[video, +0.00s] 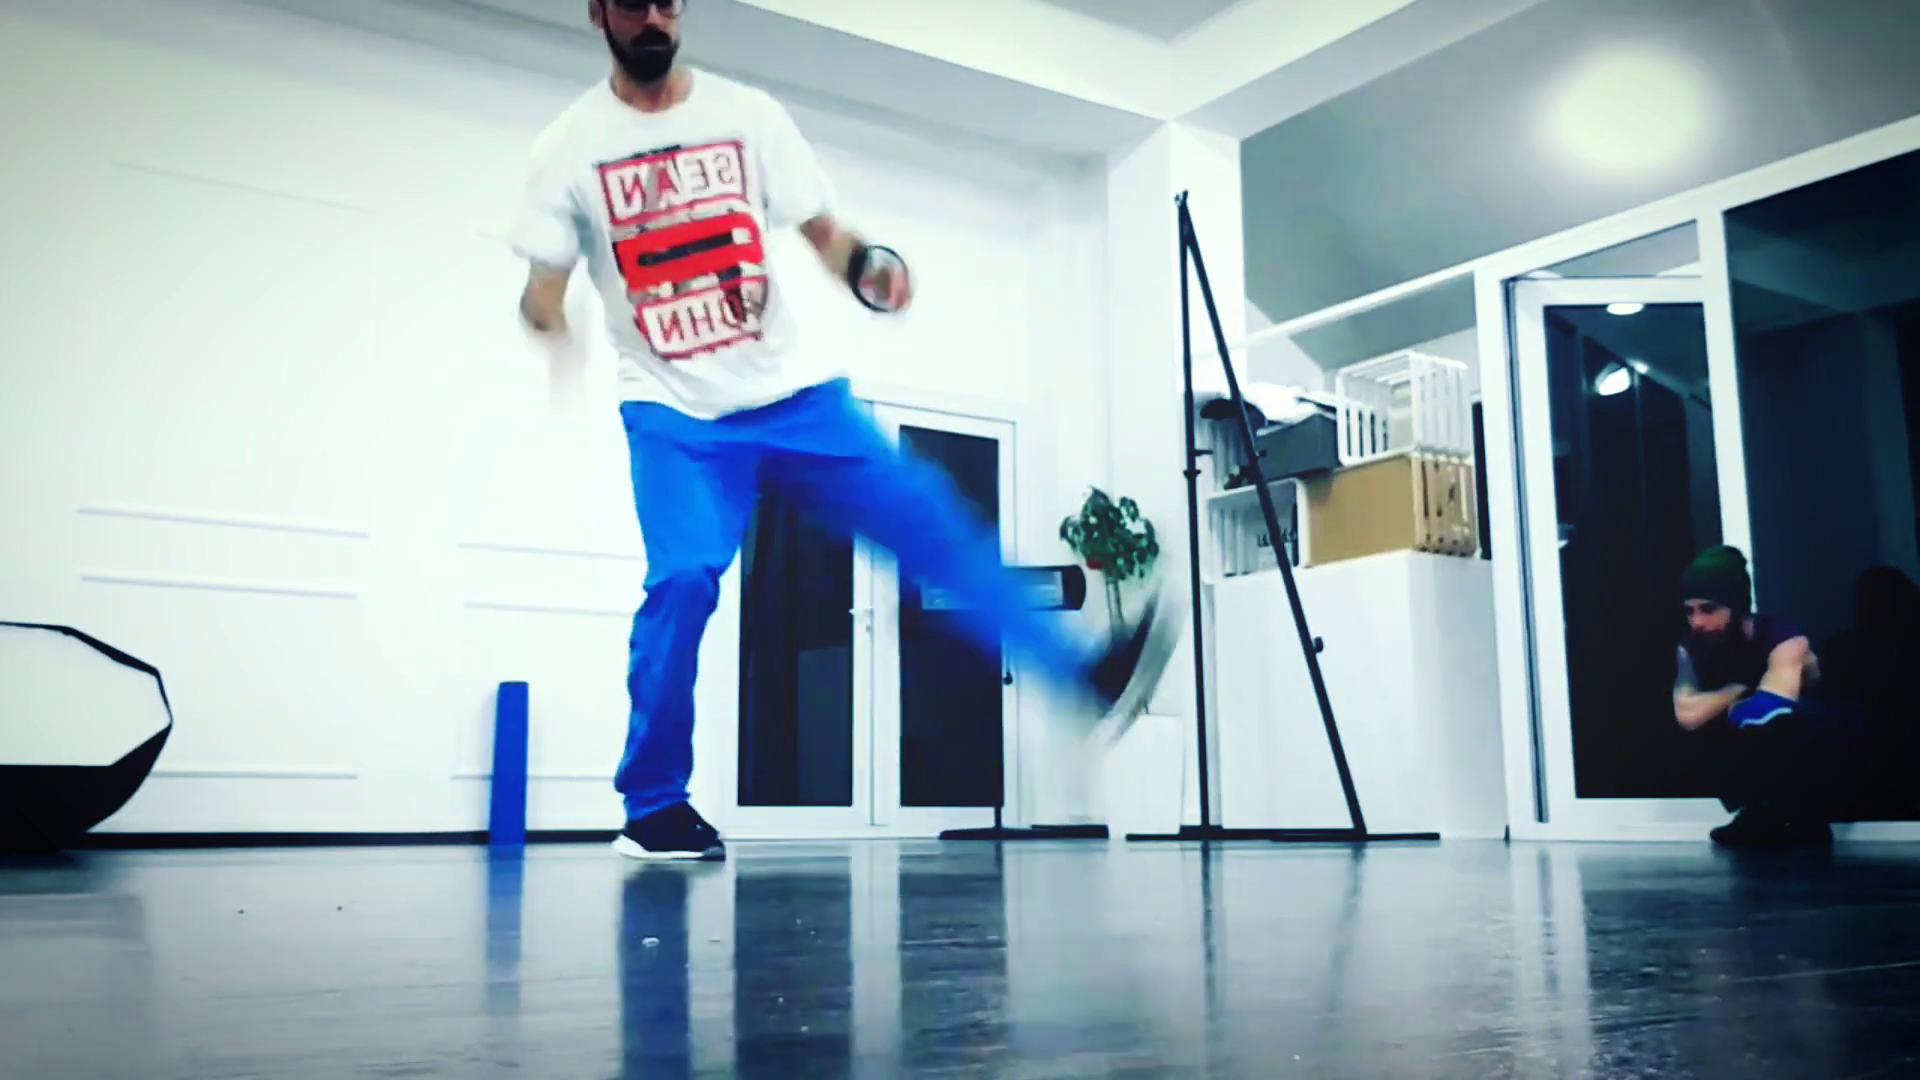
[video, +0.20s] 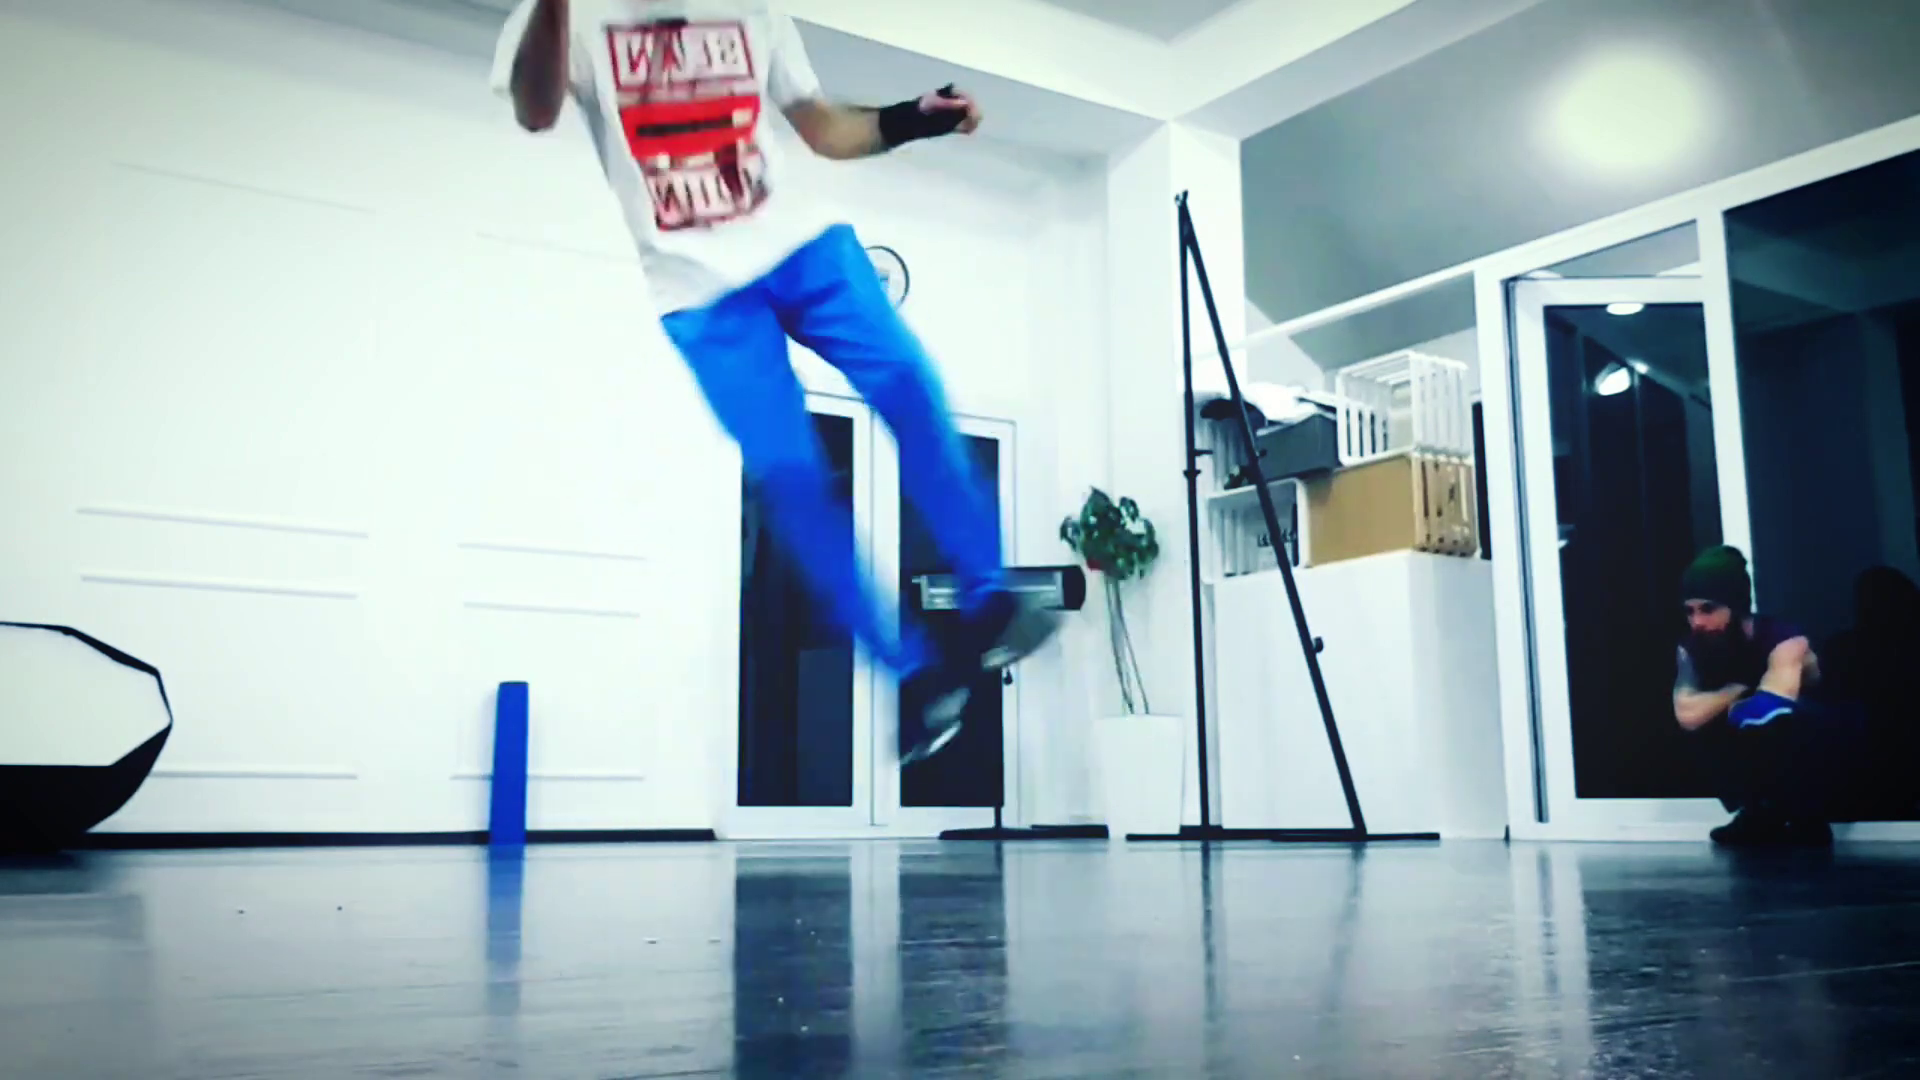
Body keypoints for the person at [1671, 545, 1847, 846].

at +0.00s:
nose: (1697, 623)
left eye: (1708, 610)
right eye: (1690, 612)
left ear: (1735, 605)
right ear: (1684, 610)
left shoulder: (1782, 639)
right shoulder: (1691, 651)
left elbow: (1776, 705)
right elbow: (1688, 714)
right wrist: (1738, 691)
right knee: (1706, 726)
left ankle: (1803, 820)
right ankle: (1756, 814)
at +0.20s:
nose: (1697, 622)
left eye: (1707, 610)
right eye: (1690, 612)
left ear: (1735, 606)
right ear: (1684, 611)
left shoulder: (1781, 640)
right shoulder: (1691, 651)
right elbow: (1687, 714)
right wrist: (1737, 690)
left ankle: (1804, 819)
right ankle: (1755, 813)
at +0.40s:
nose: (1697, 622)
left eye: (1708, 610)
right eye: (1691, 612)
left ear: (1736, 605)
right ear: (1685, 611)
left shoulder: (1783, 639)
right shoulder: (1691, 651)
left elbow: (1774, 706)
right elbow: (1688, 715)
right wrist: (1735, 692)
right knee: (1705, 726)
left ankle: (1802, 819)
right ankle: (1755, 813)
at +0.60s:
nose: (1697, 622)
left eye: (1708, 610)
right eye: (1691, 612)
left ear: (1736, 605)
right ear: (1685, 611)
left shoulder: (1782, 638)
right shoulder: (1691, 651)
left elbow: (1774, 704)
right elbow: (1688, 715)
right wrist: (1735, 691)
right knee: (1705, 725)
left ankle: (1802, 819)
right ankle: (1755, 814)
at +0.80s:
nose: (1697, 623)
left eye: (1708, 611)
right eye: (1691, 613)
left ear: (1736, 606)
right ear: (1684, 611)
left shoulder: (1782, 638)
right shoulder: (1690, 651)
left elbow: (1774, 705)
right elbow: (1688, 715)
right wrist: (1738, 689)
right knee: (1704, 726)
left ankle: (1803, 819)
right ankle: (1754, 815)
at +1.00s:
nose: (1697, 623)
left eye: (1708, 611)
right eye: (1690, 613)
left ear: (1736, 607)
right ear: (1684, 612)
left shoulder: (1778, 637)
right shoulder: (1690, 652)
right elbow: (1688, 715)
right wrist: (1738, 690)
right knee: (1703, 727)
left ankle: (1803, 819)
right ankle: (1754, 814)